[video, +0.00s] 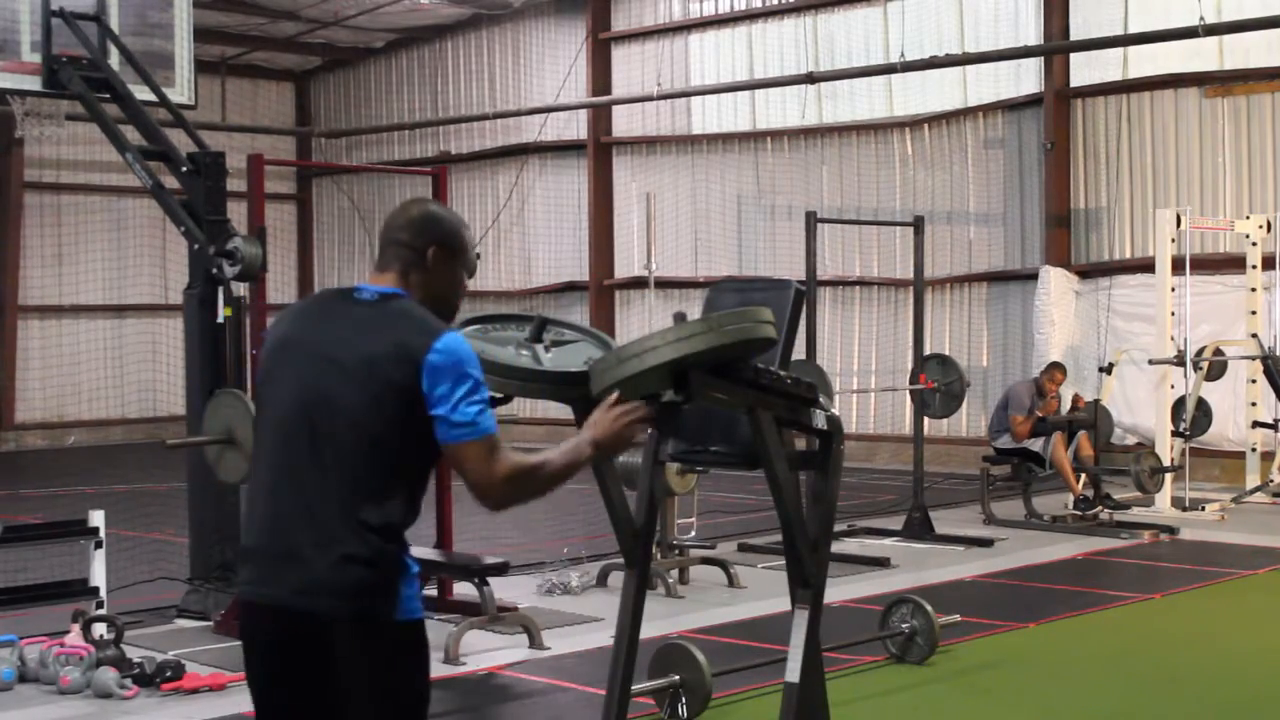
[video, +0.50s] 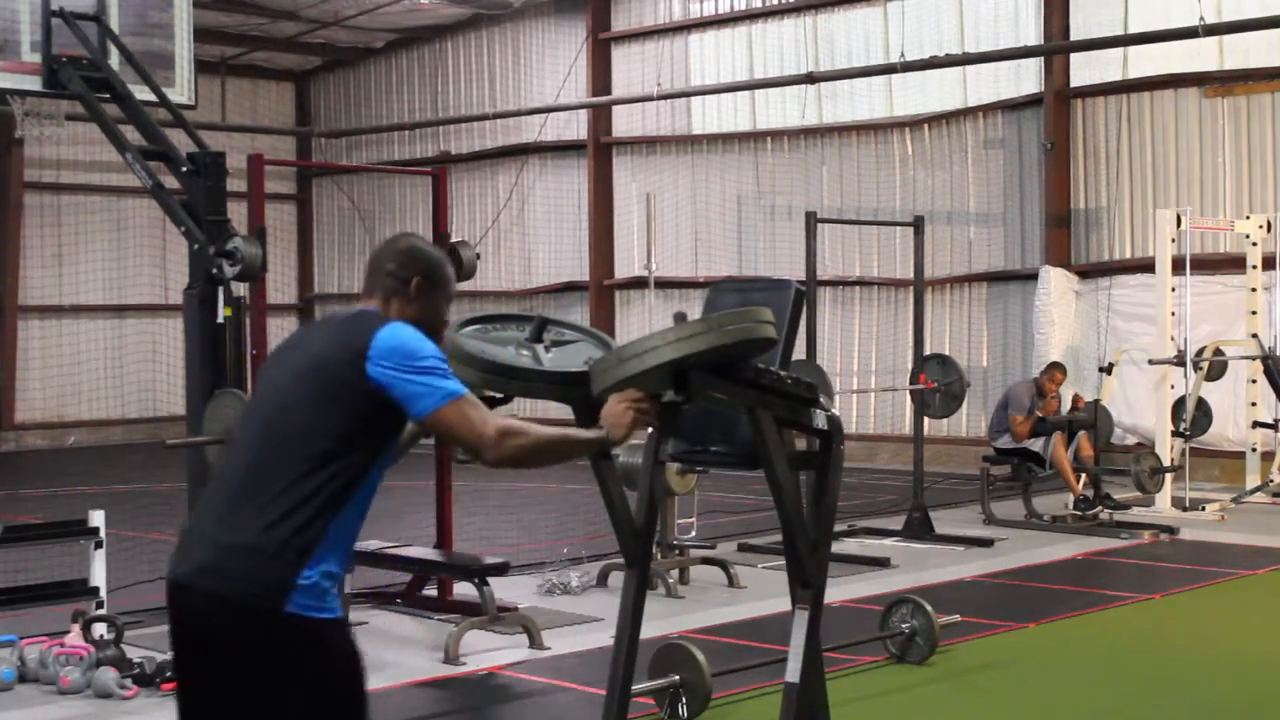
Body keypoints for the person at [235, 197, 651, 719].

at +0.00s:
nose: (466, 290)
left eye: (470, 274)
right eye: (466, 271)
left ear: (381, 256)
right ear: (433, 258)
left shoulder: (289, 325)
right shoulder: (434, 346)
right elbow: (496, 484)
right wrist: (591, 441)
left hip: (268, 603)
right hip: (367, 607)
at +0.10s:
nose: (463, 286)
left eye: (467, 270)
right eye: (462, 268)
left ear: (380, 255)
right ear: (426, 256)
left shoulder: (293, 321)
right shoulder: (428, 337)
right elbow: (499, 470)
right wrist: (593, 428)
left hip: (262, 592)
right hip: (355, 599)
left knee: (281, 714)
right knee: (377, 713)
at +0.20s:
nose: (451, 291)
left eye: (455, 275)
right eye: (450, 272)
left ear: (375, 256)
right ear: (418, 257)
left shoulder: (301, 318)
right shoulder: (413, 336)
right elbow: (493, 461)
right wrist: (596, 434)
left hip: (253, 584)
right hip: (342, 591)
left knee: (278, 712)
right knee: (373, 708)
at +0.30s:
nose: (452, 292)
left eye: (454, 276)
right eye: (449, 274)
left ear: (375, 267)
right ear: (416, 265)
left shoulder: (311, 324)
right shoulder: (397, 334)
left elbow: (466, 428)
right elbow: (494, 448)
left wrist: (564, 424)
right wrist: (599, 433)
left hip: (235, 586)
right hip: (320, 597)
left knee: (265, 713)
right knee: (367, 710)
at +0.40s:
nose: (453, 307)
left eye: (454, 292)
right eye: (450, 290)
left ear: (384, 278)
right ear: (415, 281)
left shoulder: (312, 335)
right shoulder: (396, 336)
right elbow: (496, 439)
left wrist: (514, 421)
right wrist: (601, 433)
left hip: (215, 590)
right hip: (301, 601)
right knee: (360, 714)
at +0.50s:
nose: (444, 330)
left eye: (447, 314)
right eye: (443, 313)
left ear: (377, 291)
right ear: (410, 294)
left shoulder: (310, 339)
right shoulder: (391, 342)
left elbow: (369, 449)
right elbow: (495, 443)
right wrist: (602, 434)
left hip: (199, 586)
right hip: (287, 599)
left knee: (218, 716)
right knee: (334, 712)